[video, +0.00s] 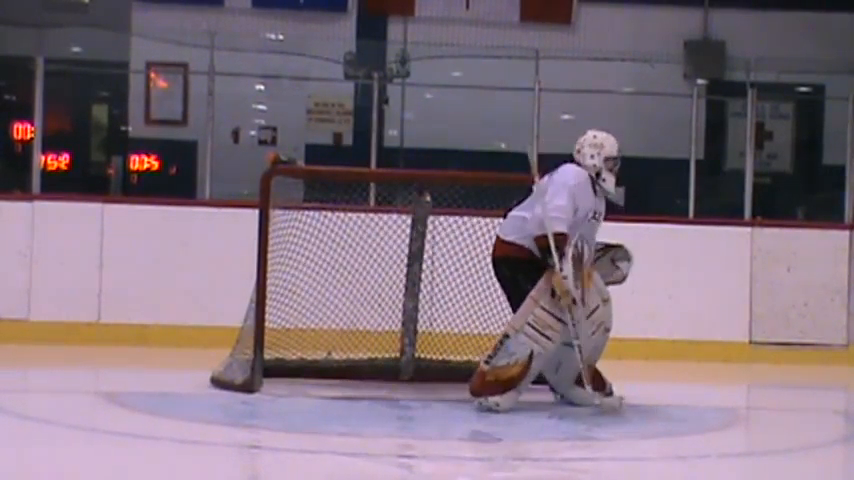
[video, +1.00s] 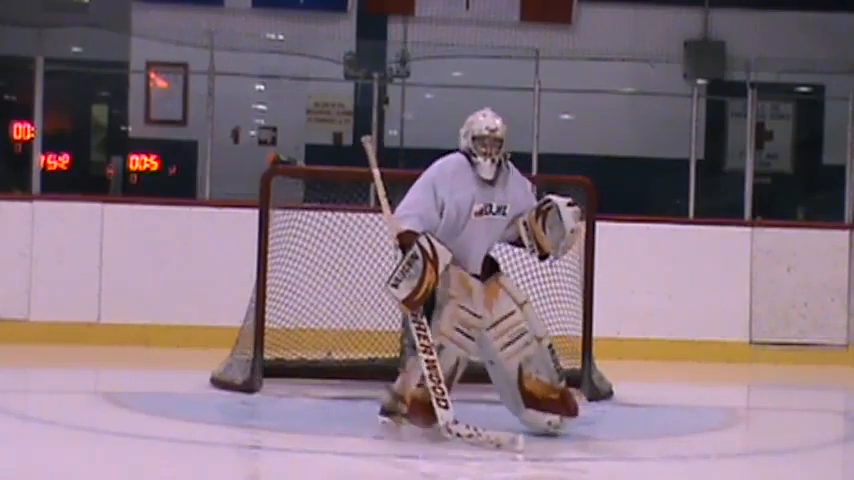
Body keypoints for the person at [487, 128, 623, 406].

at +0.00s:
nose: (614, 167)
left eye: (615, 161)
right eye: (610, 160)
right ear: (593, 159)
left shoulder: (596, 197)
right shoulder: (569, 175)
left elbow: (584, 240)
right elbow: (555, 224)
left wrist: (594, 264)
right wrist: (560, 271)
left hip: (542, 254)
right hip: (515, 250)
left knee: (559, 316)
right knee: (536, 320)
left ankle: (571, 378)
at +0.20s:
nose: (593, 172)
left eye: (597, 165)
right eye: (587, 164)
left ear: (600, 165)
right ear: (567, 162)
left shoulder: (594, 194)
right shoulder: (544, 183)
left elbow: (591, 242)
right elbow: (504, 213)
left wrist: (611, 258)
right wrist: (508, 245)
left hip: (576, 282)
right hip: (539, 276)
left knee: (589, 329)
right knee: (524, 334)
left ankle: (565, 384)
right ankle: (487, 387)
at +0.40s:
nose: (536, 178)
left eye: (542, 172)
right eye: (529, 172)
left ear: (551, 173)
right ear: (516, 171)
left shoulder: (570, 202)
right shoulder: (494, 196)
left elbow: (581, 244)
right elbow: (462, 212)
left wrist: (598, 250)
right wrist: (442, 229)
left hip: (547, 283)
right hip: (497, 280)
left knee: (568, 332)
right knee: (484, 333)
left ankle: (581, 381)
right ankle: (456, 386)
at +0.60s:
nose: (501, 174)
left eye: (507, 168)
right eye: (494, 167)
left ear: (516, 169)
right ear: (480, 167)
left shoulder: (531, 196)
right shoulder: (457, 195)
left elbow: (547, 236)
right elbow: (420, 219)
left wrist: (566, 243)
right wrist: (406, 239)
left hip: (512, 282)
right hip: (464, 280)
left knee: (531, 336)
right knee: (460, 340)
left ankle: (550, 388)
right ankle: (442, 402)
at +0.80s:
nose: (489, 159)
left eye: (495, 153)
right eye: (482, 152)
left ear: (504, 154)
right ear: (469, 153)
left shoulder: (517, 188)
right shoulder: (445, 182)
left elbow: (521, 241)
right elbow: (404, 224)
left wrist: (552, 236)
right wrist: (416, 261)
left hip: (489, 280)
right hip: (445, 276)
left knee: (522, 332)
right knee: (468, 336)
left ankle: (538, 392)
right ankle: (422, 401)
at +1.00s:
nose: (488, 150)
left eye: (495, 144)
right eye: (482, 142)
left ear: (503, 146)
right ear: (467, 142)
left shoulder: (514, 182)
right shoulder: (447, 172)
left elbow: (516, 230)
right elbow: (407, 219)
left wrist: (547, 228)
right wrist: (420, 258)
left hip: (482, 268)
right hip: (441, 266)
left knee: (516, 331)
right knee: (445, 339)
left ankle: (541, 403)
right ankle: (414, 401)